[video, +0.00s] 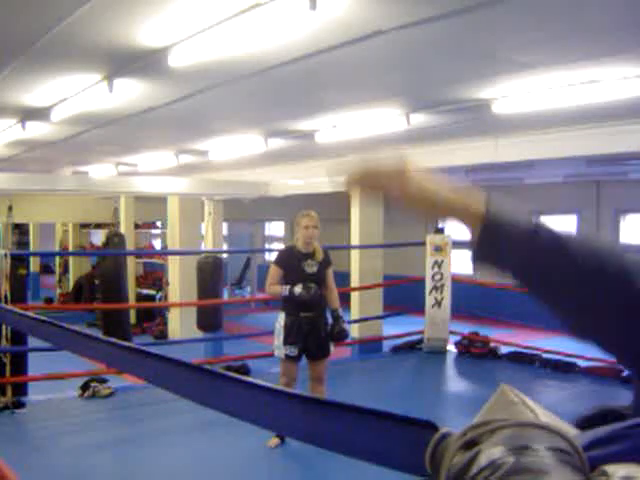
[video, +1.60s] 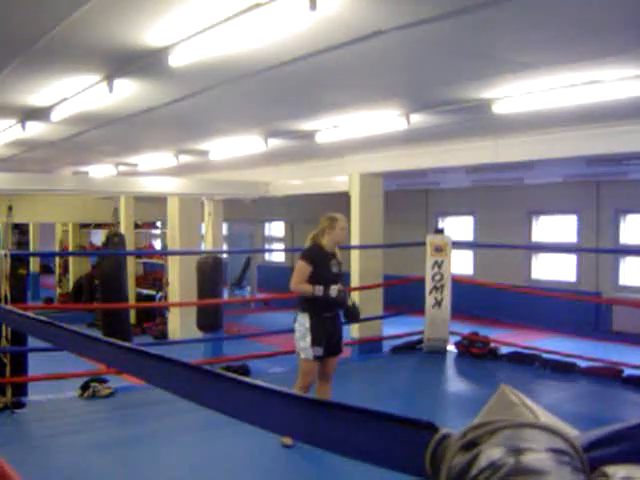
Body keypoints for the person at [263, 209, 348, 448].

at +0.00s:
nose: (310, 232)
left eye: (314, 228)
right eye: (306, 227)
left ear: (319, 231)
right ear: (297, 230)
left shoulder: (323, 257)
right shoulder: (285, 256)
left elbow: (330, 289)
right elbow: (270, 287)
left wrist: (338, 316)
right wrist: (293, 289)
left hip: (317, 318)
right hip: (292, 318)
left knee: (318, 378)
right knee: (287, 378)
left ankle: (319, 428)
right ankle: (280, 429)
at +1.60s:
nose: (345, 234)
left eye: (346, 230)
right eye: (342, 229)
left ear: (337, 232)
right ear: (329, 230)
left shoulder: (336, 257)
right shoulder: (311, 254)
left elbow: (335, 286)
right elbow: (296, 284)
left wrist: (346, 302)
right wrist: (325, 290)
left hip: (331, 315)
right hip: (310, 315)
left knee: (326, 375)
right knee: (307, 377)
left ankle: (322, 425)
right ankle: (289, 426)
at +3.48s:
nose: (314, 233)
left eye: (315, 228)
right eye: (310, 228)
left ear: (314, 231)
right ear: (296, 231)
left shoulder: (315, 255)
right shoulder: (280, 259)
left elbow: (317, 281)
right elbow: (264, 293)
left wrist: (325, 287)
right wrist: (291, 294)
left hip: (313, 318)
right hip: (289, 321)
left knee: (330, 378)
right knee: (291, 380)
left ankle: (323, 428)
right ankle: (297, 435)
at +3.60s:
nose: (315, 232)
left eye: (316, 228)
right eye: (311, 228)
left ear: (314, 231)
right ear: (296, 231)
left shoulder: (315, 255)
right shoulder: (281, 260)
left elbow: (321, 282)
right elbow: (265, 293)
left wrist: (326, 288)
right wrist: (291, 293)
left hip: (314, 319)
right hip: (290, 321)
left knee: (328, 380)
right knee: (292, 381)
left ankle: (326, 430)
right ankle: (297, 435)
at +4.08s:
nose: (324, 233)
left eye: (324, 229)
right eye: (320, 229)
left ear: (318, 231)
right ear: (306, 230)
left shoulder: (320, 256)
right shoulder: (290, 259)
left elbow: (319, 285)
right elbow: (273, 294)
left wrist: (328, 289)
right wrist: (305, 292)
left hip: (318, 319)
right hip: (295, 321)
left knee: (330, 380)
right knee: (295, 381)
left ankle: (330, 431)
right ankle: (297, 435)